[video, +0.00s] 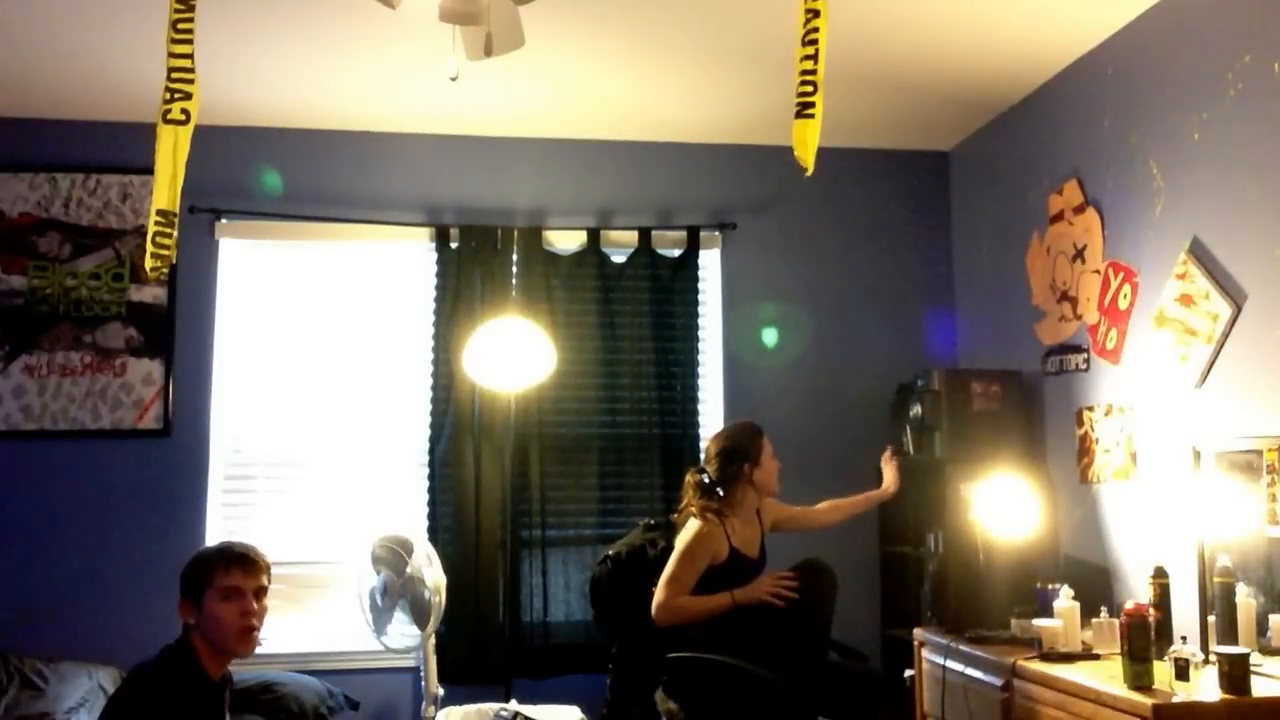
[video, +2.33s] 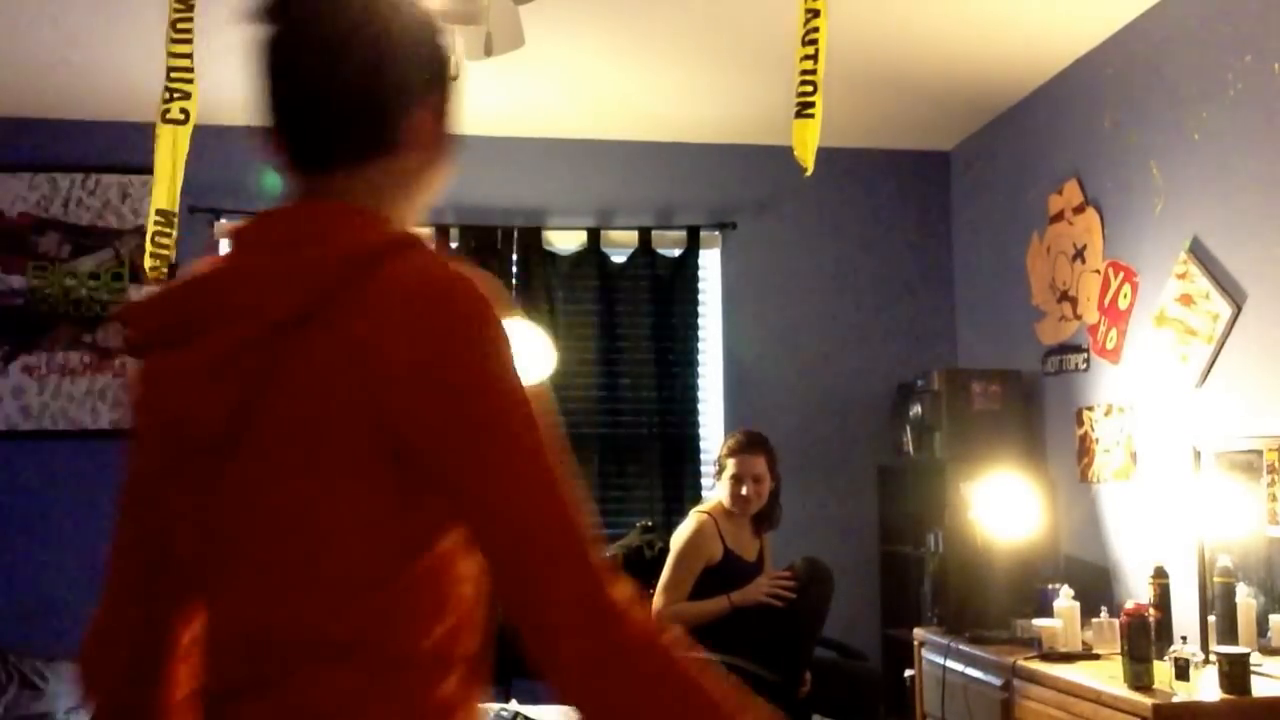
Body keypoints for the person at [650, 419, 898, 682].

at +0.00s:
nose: (779, 465)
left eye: (775, 457)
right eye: (772, 458)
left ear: (748, 472)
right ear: (748, 471)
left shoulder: (762, 511)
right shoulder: (703, 530)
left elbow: (820, 515)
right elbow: (664, 610)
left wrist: (884, 492)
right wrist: (742, 595)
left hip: (733, 637)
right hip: (695, 651)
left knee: (815, 574)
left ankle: (806, 687)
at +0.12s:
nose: (779, 464)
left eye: (774, 456)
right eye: (769, 458)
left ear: (738, 474)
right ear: (735, 474)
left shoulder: (758, 511)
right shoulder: (704, 528)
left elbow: (809, 537)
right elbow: (664, 610)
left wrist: (867, 502)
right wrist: (744, 595)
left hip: (731, 636)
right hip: (694, 651)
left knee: (816, 575)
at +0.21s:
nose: (770, 467)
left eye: (770, 458)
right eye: (757, 460)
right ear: (726, 473)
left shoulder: (756, 512)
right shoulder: (704, 526)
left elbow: (794, 558)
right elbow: (664, 610)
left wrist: (843, 524)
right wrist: (743, 595)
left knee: (817, 576)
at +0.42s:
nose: (749, 470)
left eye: (758, 462)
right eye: (738, 462)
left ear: (770, 472)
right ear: (716, 473)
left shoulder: (758, 516)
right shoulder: (702, 525)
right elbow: (660, 609)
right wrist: (741, 595)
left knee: (815, 575)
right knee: (812, 577)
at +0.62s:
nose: (747, 474)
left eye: (757, 466)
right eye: (736, 465)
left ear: (770, 477)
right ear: (717, 475)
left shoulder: (755, 529)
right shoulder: (700, 525)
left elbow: (766, 605)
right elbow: (659, 612)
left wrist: (795, 664)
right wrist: (738, 596)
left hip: (742, 648)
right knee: (811, 574)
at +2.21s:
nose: (745, 491)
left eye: (756, 480)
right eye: (735, 480)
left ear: (772, 484)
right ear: (719, 479)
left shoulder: (757, 528)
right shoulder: (700, 528)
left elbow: (768, 603)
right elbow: (662, 616)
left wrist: (797, 665)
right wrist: (740, 597)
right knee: (812, 576)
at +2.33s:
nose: (746, 491)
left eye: (757, 480)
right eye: (736, 480)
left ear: (772, 484)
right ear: (719, 479)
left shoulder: (757, 526)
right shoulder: (700, 528)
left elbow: (768, 601)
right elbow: (662, 614)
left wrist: (796, 665)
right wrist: (739, 597)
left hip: (748, 640)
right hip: (707, 648)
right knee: (812, 575)